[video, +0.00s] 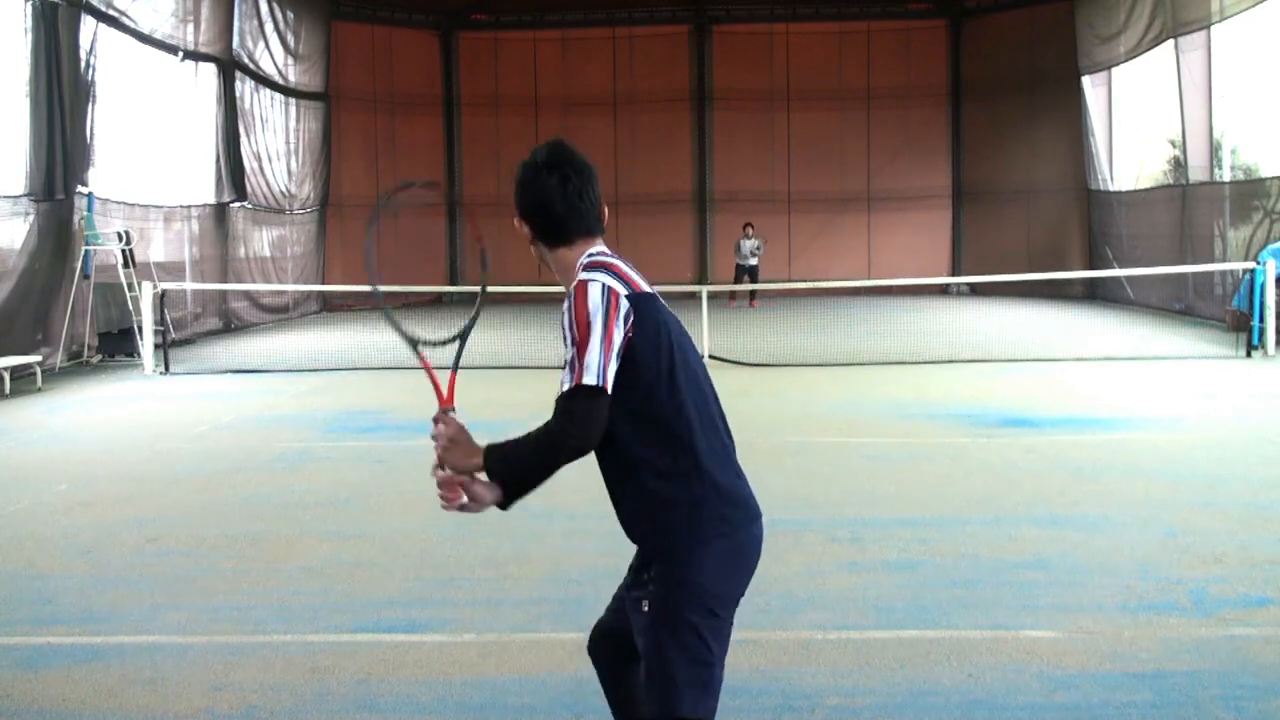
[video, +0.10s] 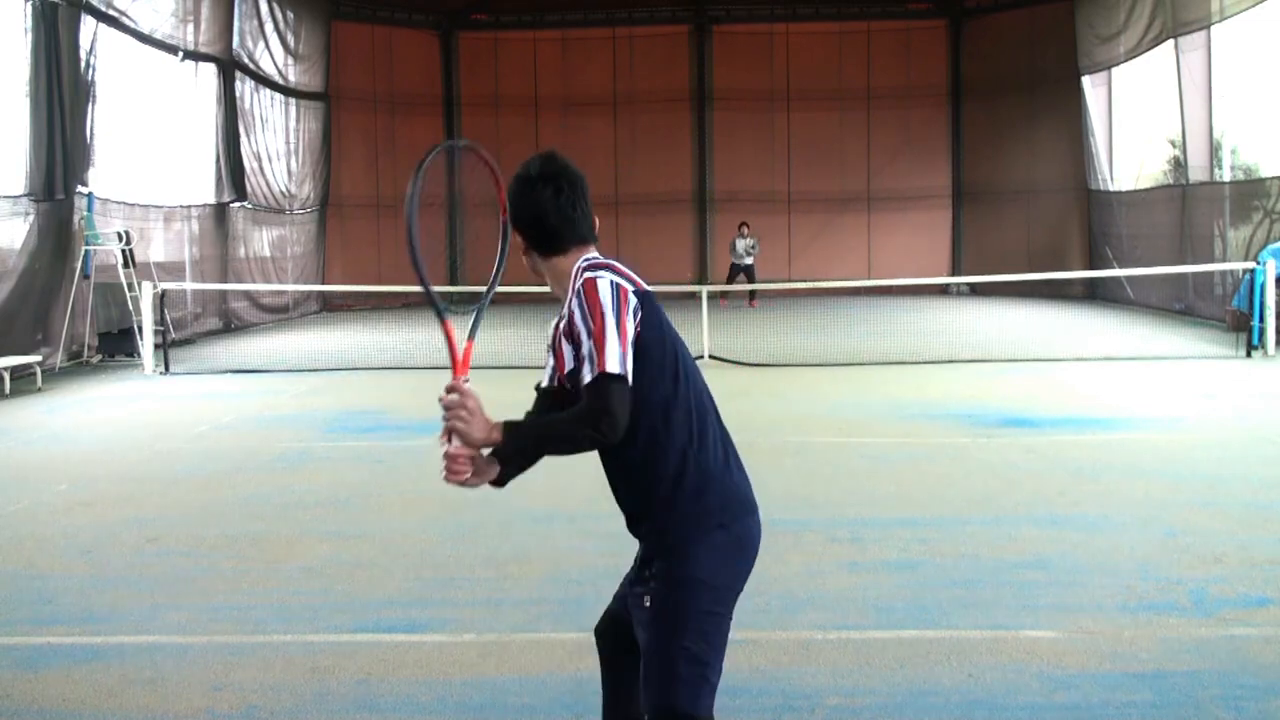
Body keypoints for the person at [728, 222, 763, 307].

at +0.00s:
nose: (749, 232)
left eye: (750, 229)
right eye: (747, 229)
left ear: (753, 231)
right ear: (744, 231)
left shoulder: (757, 241)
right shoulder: (740, 242)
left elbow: (760, 252)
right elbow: (736, 253)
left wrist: (754, 252)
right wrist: (744, 256)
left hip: (753, 265)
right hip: (741, 264)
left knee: (754, 283)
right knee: (737, 282)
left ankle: (752, 300)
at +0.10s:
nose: (744, 231)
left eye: (745, 229)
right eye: (742, 229)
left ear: (748, 230)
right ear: (739, 230)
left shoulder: (752, 240)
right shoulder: (735, 240)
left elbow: (755, 251)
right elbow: (732, 252)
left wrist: (748, 250)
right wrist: (740, 256)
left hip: (748, 264)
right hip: (736, 264)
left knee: (752, 282)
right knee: (729, 281)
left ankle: (752, 300)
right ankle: (723, 297)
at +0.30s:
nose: (731, 232)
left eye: (733, 230)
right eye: (730, 230)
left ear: (736, 232)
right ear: (727, 232)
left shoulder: (740, 242)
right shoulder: (723, 241)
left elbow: (743, 254)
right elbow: (719, 252)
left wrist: (735, 252)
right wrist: (728, 254)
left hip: (736, 265)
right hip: (724, 265)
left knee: (743, 283)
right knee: (718, 283)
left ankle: (750, 300)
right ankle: (715, 300)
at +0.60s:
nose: (722, 226)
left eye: (723, 224)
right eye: (720, 224)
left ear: (726, 225)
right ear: (717, 225)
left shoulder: (730, 234)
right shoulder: (714, 235)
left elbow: (734, 245)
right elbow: (712, 248)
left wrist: (727, 248)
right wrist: (722, 248)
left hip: (728, 258)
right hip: (717, 259)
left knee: (736, 277)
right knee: (714, 279)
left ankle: (741, 296)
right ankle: (711, 297)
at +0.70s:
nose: (720, 228)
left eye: (722, 226)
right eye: (718, 226)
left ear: (724, 227)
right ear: (716, 227)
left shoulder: (728, 236)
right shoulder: (714, 237)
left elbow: (734, 245)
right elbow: (712, 247)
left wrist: (730, 253)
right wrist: (715, 254)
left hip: (727, 259)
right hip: (717, 260)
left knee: (734, 278)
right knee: (713, 279)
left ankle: (740, 295)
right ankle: (709, 296)